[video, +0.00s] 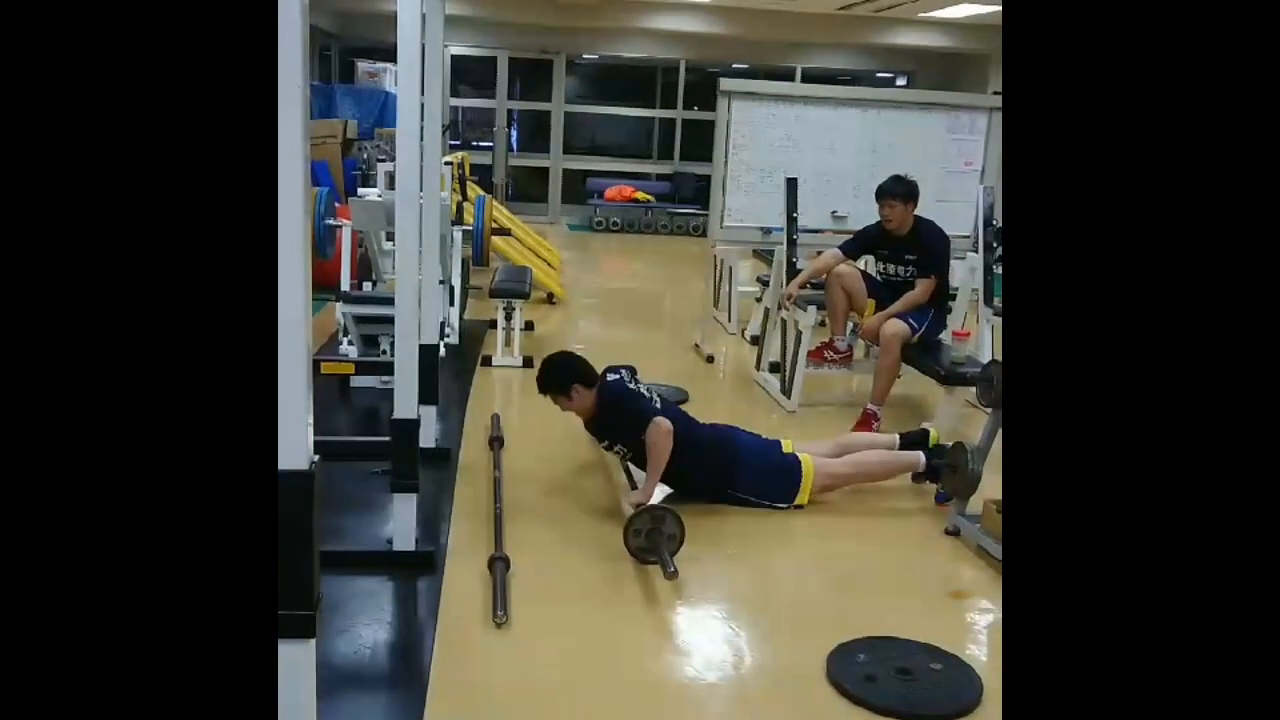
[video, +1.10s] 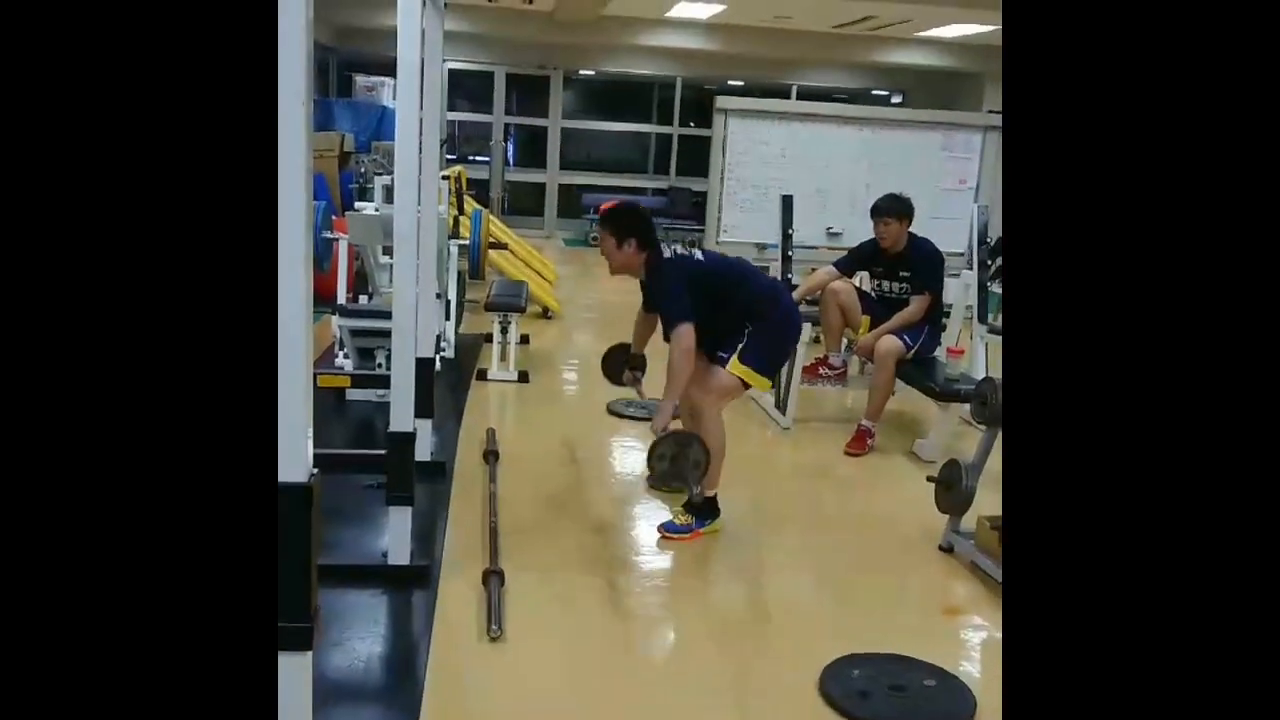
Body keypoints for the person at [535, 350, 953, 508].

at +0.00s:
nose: (562, 408)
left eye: (561, 401)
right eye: (557, 402)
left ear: (577, 389)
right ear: (576, 385)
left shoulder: (616, 399)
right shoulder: (600, 394)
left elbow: (661, 428)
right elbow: (647, 418)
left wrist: (647, 489)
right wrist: (636, 459)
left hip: (730, 465)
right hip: (727, 445)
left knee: (828, 477)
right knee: (822, 453)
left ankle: (931, 461)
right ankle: (914, 439)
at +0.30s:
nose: (561, 383)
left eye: (558, 376)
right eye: (555, 378)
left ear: (573, 362)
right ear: (577, 351)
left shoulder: (617, 370)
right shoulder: (614, 349)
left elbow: (646, 429)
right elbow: (639, 394)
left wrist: (645, 492)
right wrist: (613, 409)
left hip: (751, 404)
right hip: (748, 380)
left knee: (831, 440)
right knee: (826, 429)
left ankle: (929, 463)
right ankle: (913, 449)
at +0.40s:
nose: (565, 377)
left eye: (562, 370)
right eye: (559, 372)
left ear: (576, 356)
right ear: (578, 346)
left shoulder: (618, 363)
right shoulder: (613, 346)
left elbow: (636, 431)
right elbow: (631, 405)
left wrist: (644, 490)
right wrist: (618, 417)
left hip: (757, 347)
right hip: (749, 339)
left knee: (818, 428)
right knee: (808, 425)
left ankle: (910, 458)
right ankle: (893, 452)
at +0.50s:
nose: (582, 366)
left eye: (579, 359)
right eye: (577, 361)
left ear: (593, 347)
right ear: (596, 341)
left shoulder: (629, 355)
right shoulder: (622, 336)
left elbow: (641, 429)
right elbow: (626, 386)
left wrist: (643, 492)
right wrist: (620, 418)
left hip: (765, 315)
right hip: (742, 310)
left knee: (765, 422)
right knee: (736, 403)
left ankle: (852, 465)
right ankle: (819, 436)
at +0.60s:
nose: (596, 363)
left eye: (593, 355)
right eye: (590, 358)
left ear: (608, 343)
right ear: (610, 337)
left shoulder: (645, 353)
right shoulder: (633, 338)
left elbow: (651, 430)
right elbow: (629, 391)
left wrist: (644, 493)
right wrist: (618, 430)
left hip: (772, 318)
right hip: (742, 308)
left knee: (712, 397)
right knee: (689, 381)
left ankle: (768, 479)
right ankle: (741, 449)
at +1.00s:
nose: (603, 280)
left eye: (607, 271)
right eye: (604, 272)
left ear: (632, 276)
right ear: (634, 276)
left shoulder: (667, 310)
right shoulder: (652, 302)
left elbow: (671, 389)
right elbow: (641, 348)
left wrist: (653, 449)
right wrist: (627, 387)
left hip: (772, 351)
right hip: (751, 341)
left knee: (687, 400)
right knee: (678, 388)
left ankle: (705, 505)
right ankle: (690, 467)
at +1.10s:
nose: (600, 248)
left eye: (604, 240)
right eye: (600, 240)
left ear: (631, 246)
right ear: (632, 246)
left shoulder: (668, 276)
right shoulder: (655, 273)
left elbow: (685, 346)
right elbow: (648, 316)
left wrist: (669, 404)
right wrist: (636, 356)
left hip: (773, 320)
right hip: (740, 315)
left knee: (704, 397)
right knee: (687, 381)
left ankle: (705, 505)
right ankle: (690, 467)